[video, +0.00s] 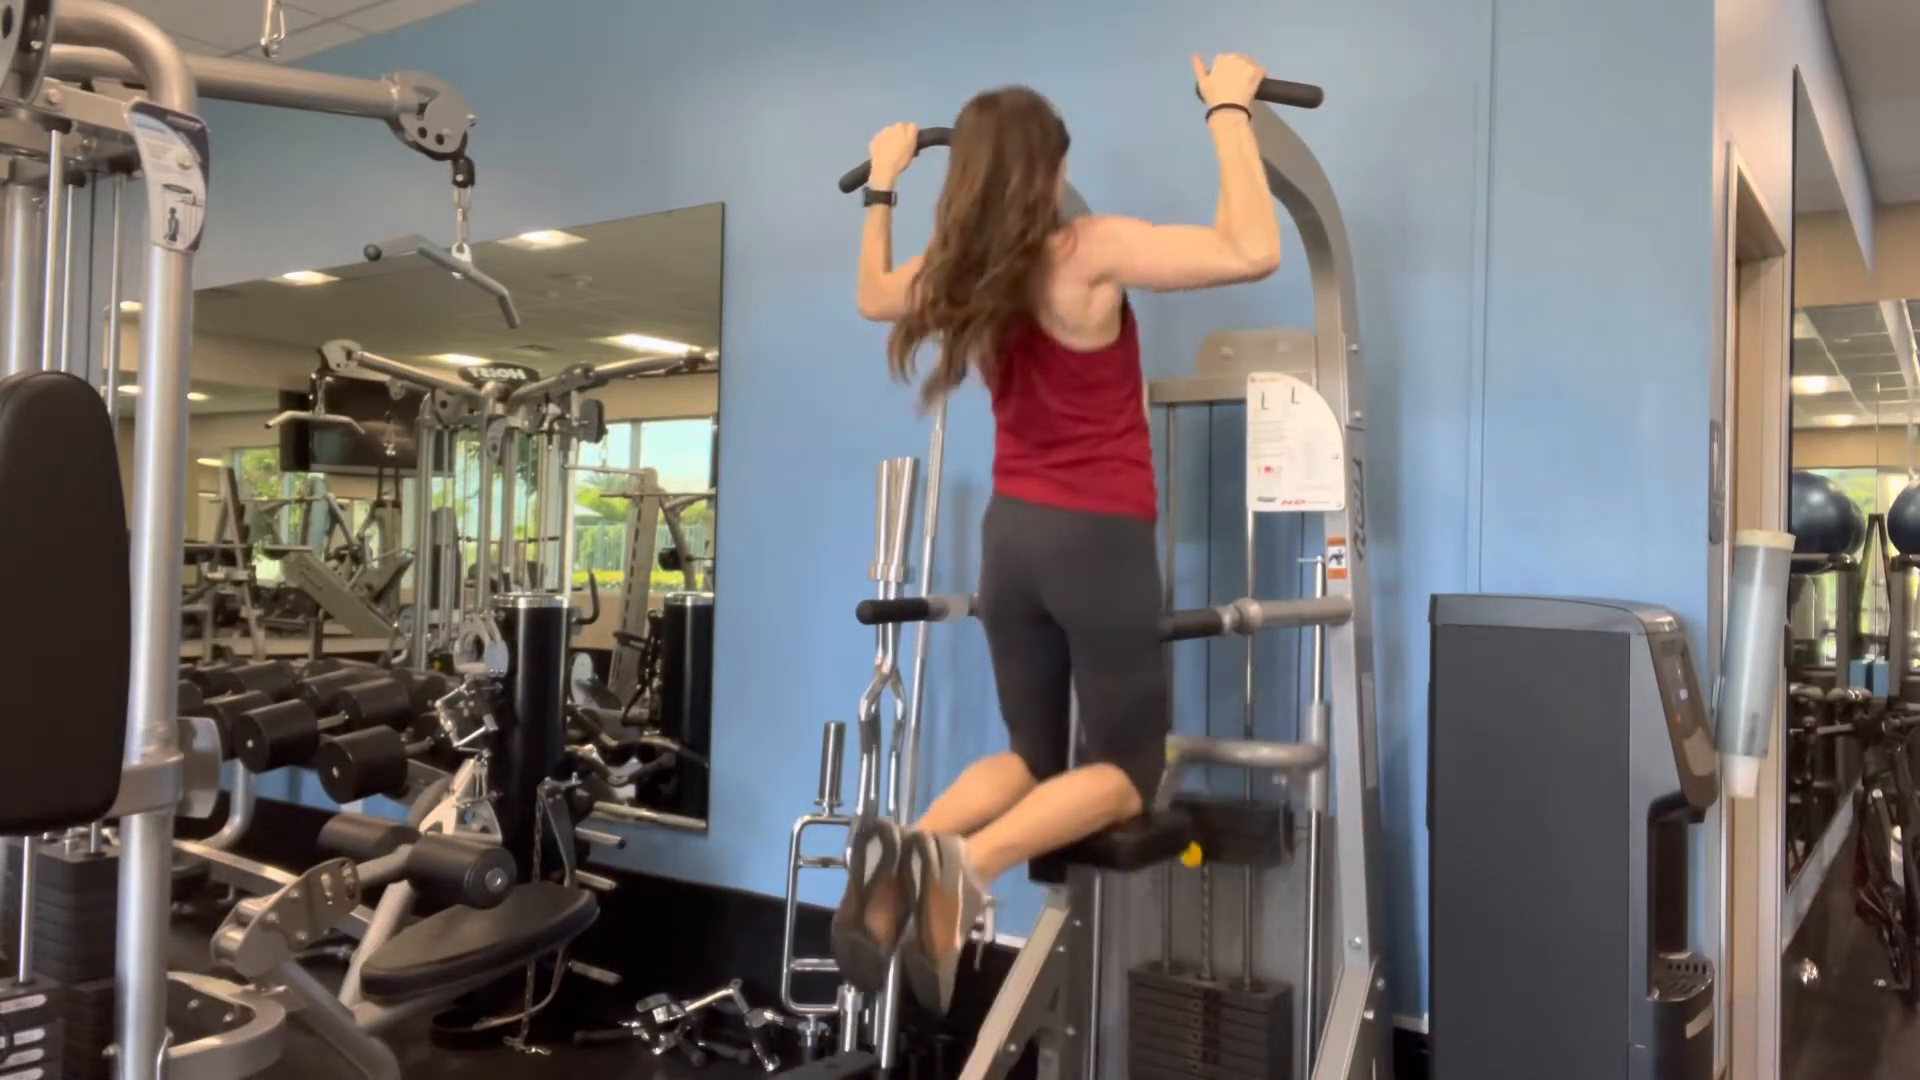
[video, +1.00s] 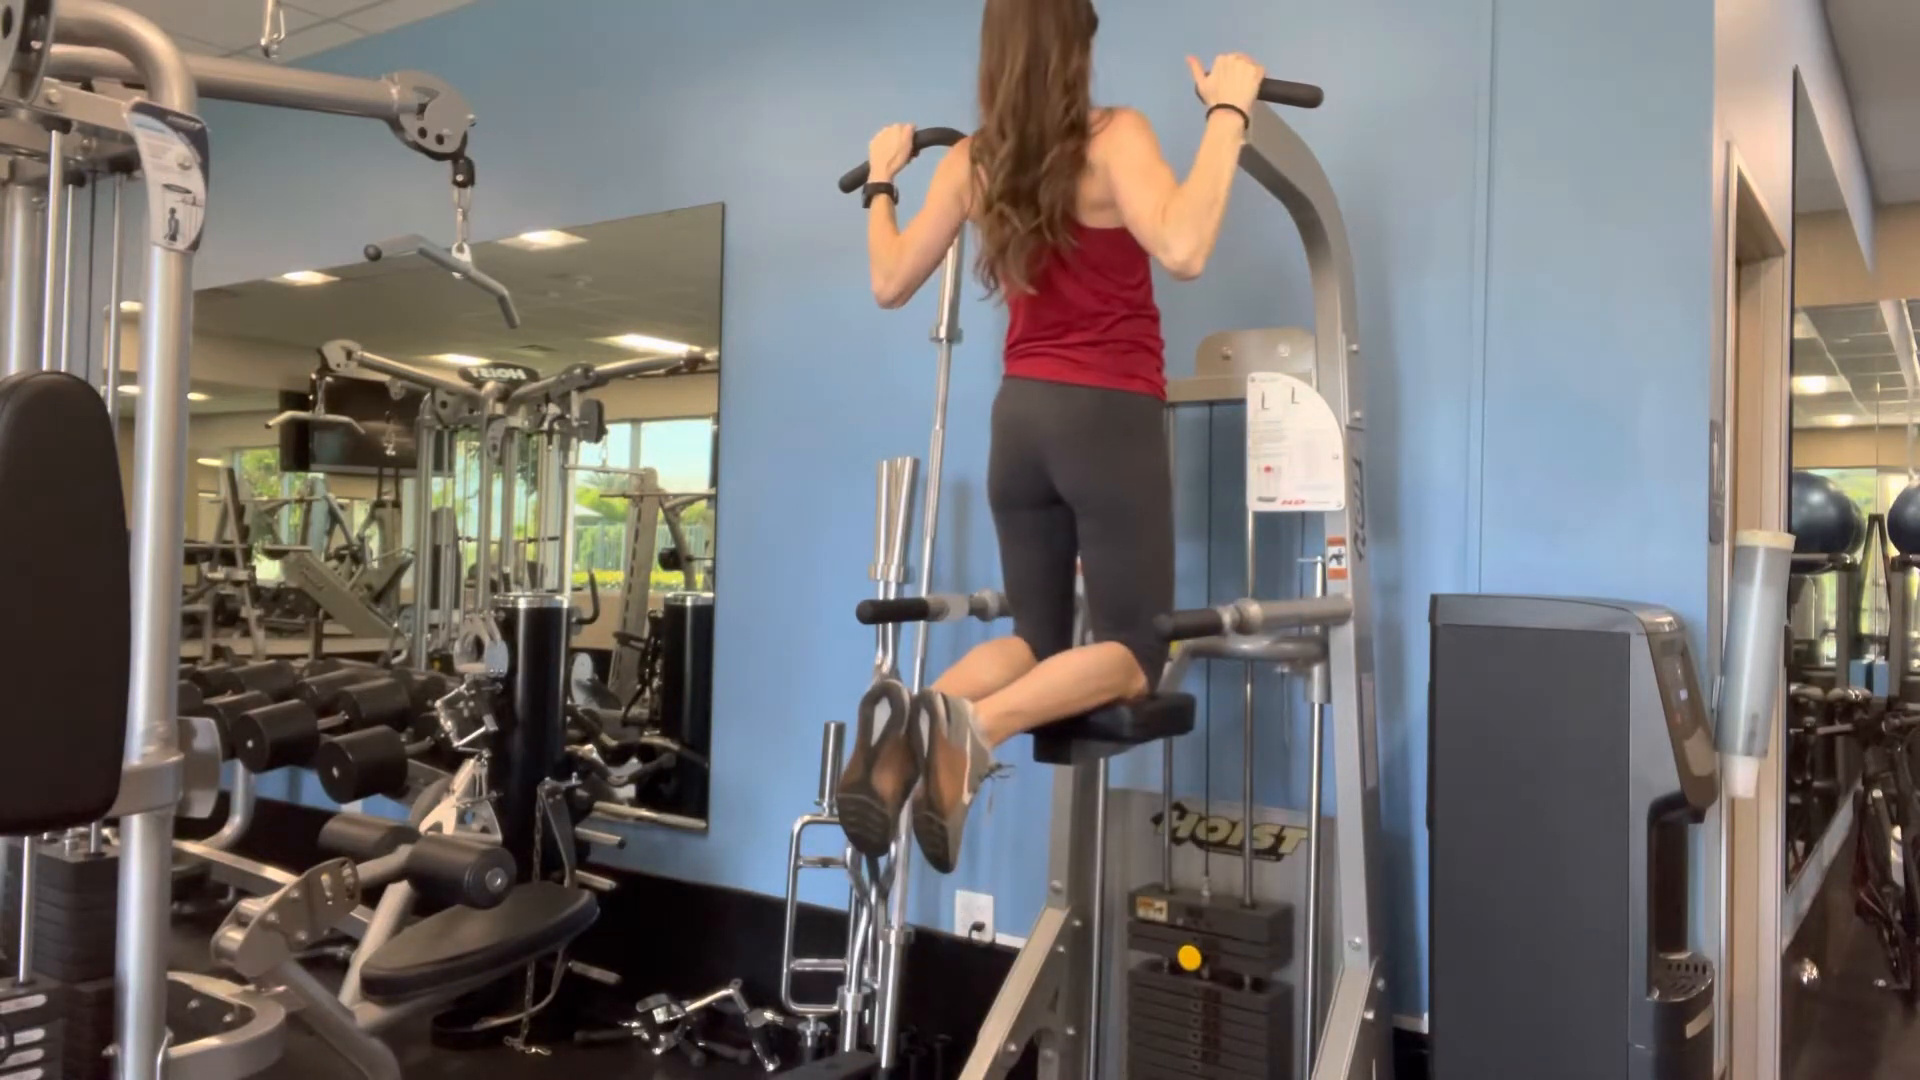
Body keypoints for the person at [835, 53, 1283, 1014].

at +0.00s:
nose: (1070, 165)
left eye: (1060, 156)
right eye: (1063, 155)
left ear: (968, 171)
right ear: (1051, 165)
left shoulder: (969, 264)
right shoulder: (1091, 246)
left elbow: (873, 296)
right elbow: (1251, 249)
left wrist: (879, 184)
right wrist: (1230, 110)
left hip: (1011, 534)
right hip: (1099, 540)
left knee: (1034, 758)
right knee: (1128, 773)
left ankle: (909, 850)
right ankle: (968, 865)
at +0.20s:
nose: (1076, 103)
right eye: (1072, 90)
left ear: (978, 105)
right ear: (1062, 98)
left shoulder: (966, 199)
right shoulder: (1101, 178)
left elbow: (883, 294)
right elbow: (1229, 252)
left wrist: (880, 184)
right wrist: (1230, 111)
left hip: (1019, 464)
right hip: (1109, 466)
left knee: (1037, 690)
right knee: (1131, 705)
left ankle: (914, 779)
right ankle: (976, 785)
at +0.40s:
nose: (1079, 52)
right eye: (1074, 38)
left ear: (988, 58)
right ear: (1070, 49)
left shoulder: (968, 164)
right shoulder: (1108, 135)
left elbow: (888, 285)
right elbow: (1184, 247)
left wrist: (879, 181)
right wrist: (1227, 113)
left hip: (1019, 423)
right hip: (1109, 424)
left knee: (1039, 647)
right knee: (1132, 663)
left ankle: (912, 733)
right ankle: (978, 734)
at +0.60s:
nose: (1087, 41)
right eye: (1082, 29)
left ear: (995, 48)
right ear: (1077, 41)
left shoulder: (974, 152)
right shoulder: (1112, 127)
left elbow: (893, 279)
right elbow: (1175, 243)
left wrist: (880, 180)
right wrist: (1228, 113)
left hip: (1020, 411)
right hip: (1110, 411)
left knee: (1039, 634)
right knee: (1133, 649)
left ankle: (914, 715)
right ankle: (980, 717)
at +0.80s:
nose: (1088, 43)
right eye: (1084, 30)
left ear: (996, 47)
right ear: (1079, 42)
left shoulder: (974, 155)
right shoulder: (1112, 132)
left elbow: (891, 279)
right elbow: (1180, 246)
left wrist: (878, 182)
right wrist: (1229, 114)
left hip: (1018, 415)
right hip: (1109, 414)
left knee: (1038, 639)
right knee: (1134, 653)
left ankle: (916, 717)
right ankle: (980, 722)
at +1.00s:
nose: (1088, 48)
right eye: (1083, 34)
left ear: (996, 51)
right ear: (1080, 46)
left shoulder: (975, 156)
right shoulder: (1113, 136)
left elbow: (891, 280)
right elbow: (1183, 247)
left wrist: (877, 182)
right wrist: (1229, 114)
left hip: (1019, 416)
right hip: (1109, 417)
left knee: (1038, 641)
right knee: (1134, 655)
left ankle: (915, 719)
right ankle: (980, 723)